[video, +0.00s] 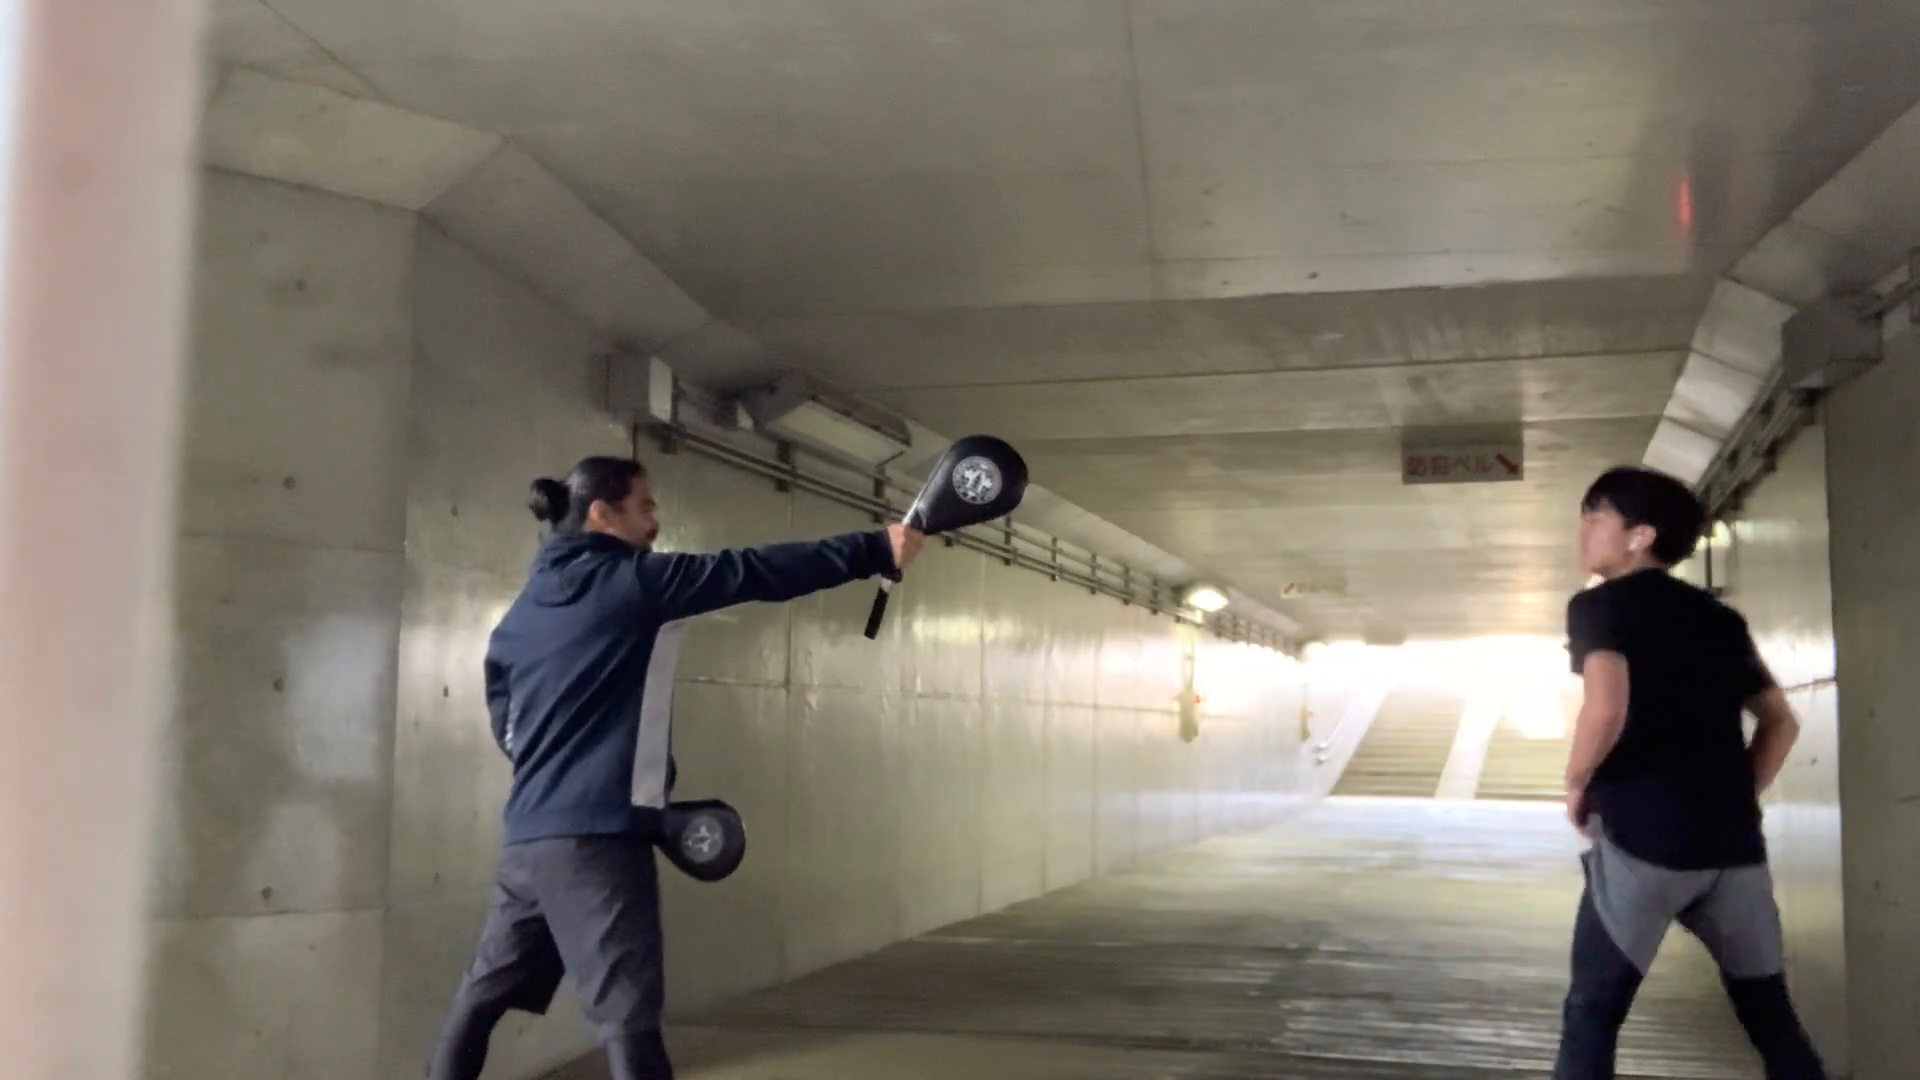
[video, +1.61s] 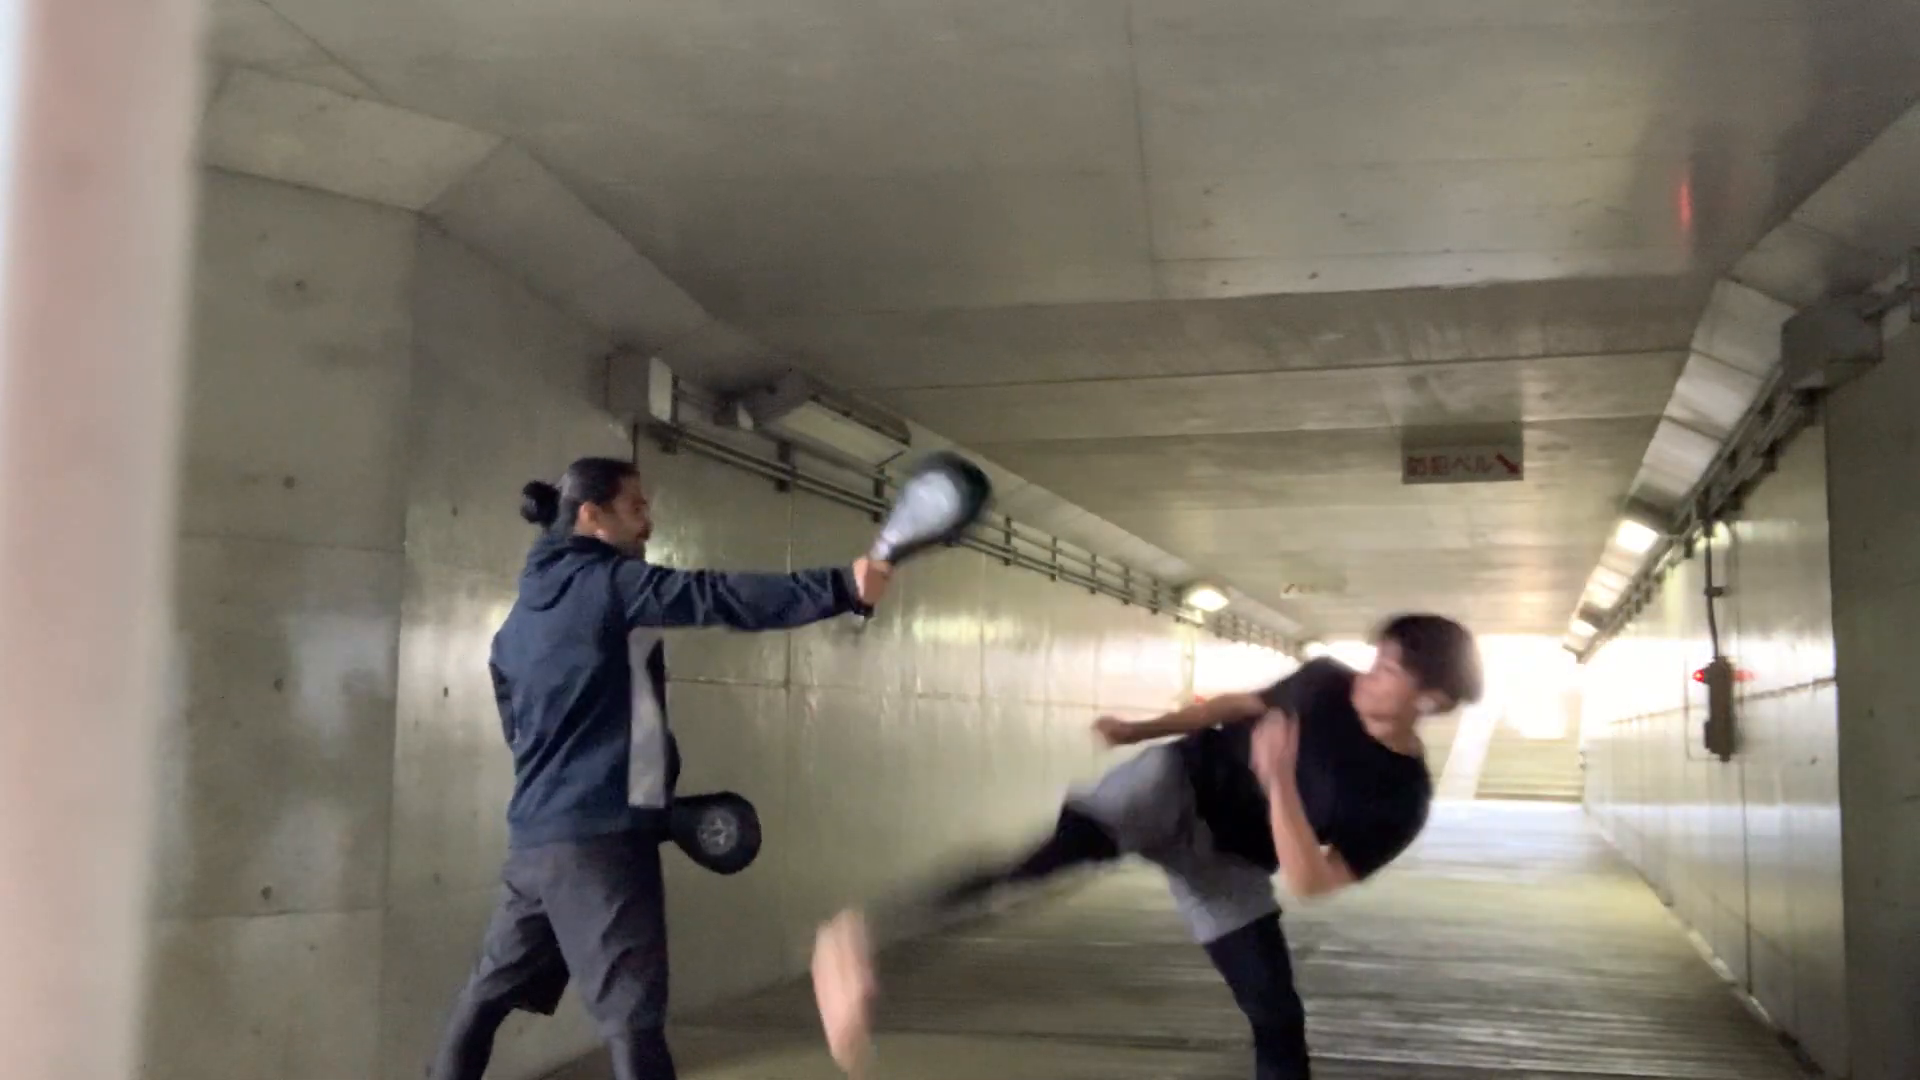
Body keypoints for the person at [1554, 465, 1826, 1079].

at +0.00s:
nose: (1583, 533)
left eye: (1595, 519)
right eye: (1586, 518)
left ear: (1641, 534)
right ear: (1650, 538)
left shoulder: (1601, 604)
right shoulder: (1718, 615)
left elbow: (1607, 705)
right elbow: (1780, 722)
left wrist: (1575, 785)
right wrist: (1735, 796)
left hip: (1644, 840)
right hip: (1732, 836)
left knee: (1591, 1018)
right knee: (1771, 1017)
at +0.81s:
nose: (1628, 534)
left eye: (1644, 523)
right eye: (1635, 520)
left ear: (1688, 546)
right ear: (1691, 551)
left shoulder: (1637, 603)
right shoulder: (1745, 636)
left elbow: (1630, 693)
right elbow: (1795, 755)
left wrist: (1573, 777)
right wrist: (1729, 801)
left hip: (1650, 852)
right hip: (1738, 859)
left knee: (1561, 1007)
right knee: (1791, 1025)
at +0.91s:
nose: (1595, 578)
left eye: (1613, 568)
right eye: (1601, 565)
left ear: (1660, 596)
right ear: (1663, 599)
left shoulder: (1635, 657)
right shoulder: (1701, 682)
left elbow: (1644, 748)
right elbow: (1702, 803)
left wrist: (1553, 841)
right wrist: (1616, 849)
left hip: (1655, 902)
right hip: (1728, 904)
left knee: (1516, 1014)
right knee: (1789, 1059)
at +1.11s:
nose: (1548, 566)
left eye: (1566, 554)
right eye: (1555, 553)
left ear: (1610, 582)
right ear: (1602, 583)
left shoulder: (1605, 667)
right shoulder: (1554, 666)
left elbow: (1635, 776)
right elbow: (1495, 748)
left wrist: (1527, 795)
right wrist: (1384, 732)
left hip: (1524, 891)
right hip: (1498, 878)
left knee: (1415, 1034)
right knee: (1489, 1044)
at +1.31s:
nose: (1484, 586)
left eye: (1502, 575)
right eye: (1490, 571)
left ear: (1551, 598)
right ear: (1526, 590)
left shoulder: (1555, 730)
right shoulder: (1454, 631)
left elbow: (1548, 855)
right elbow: (1354, 593)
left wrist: (1474, 935)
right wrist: (1290, 519)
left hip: (1372, 870)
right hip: (1317, 787)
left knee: (1374, 1044)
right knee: (1164, 732)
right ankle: (1060, 855)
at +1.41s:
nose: (1449, 633)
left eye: (1469, 626)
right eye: (1455, 619)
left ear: (1520, 653)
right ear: (1453, 619)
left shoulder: (1489, 775)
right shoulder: (1400, 651)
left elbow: (1502, 895)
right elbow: (1306, 612)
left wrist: (1427, 853)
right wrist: (1241, 576)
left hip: (1286, 856)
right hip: (1237, 755)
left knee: (1312, 1025)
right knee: (1103, 662)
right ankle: (1049, 545)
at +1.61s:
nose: (1369, 669)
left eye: (1389, 667)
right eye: (1376, 656)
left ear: (1427, 698)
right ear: (1378, 661)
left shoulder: (1403, 801)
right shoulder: (1327, 683)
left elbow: (1312, 878)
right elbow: (1235, 709)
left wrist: (1279, 777)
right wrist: (1142, 726)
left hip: (1231, 866)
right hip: (1176, 789)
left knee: (1280, 1021)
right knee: (1025, 866)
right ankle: (866, 938)